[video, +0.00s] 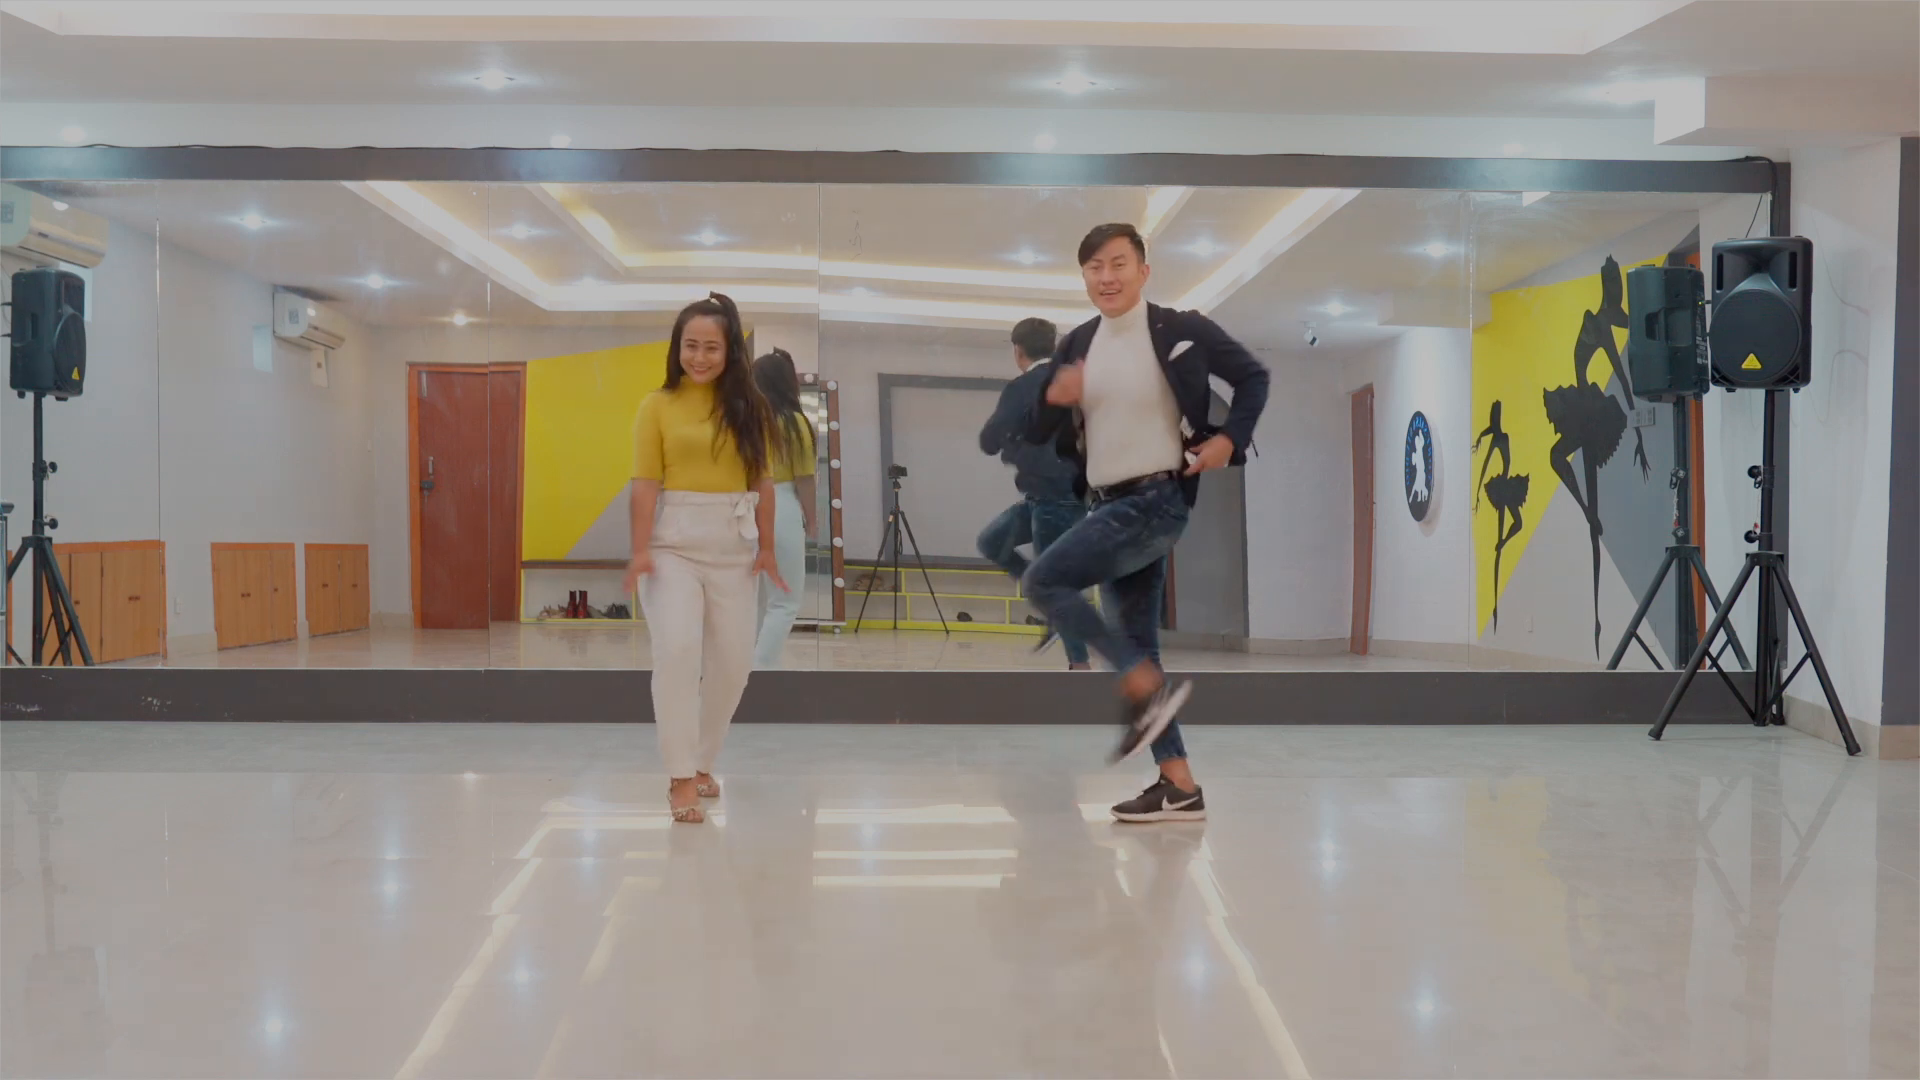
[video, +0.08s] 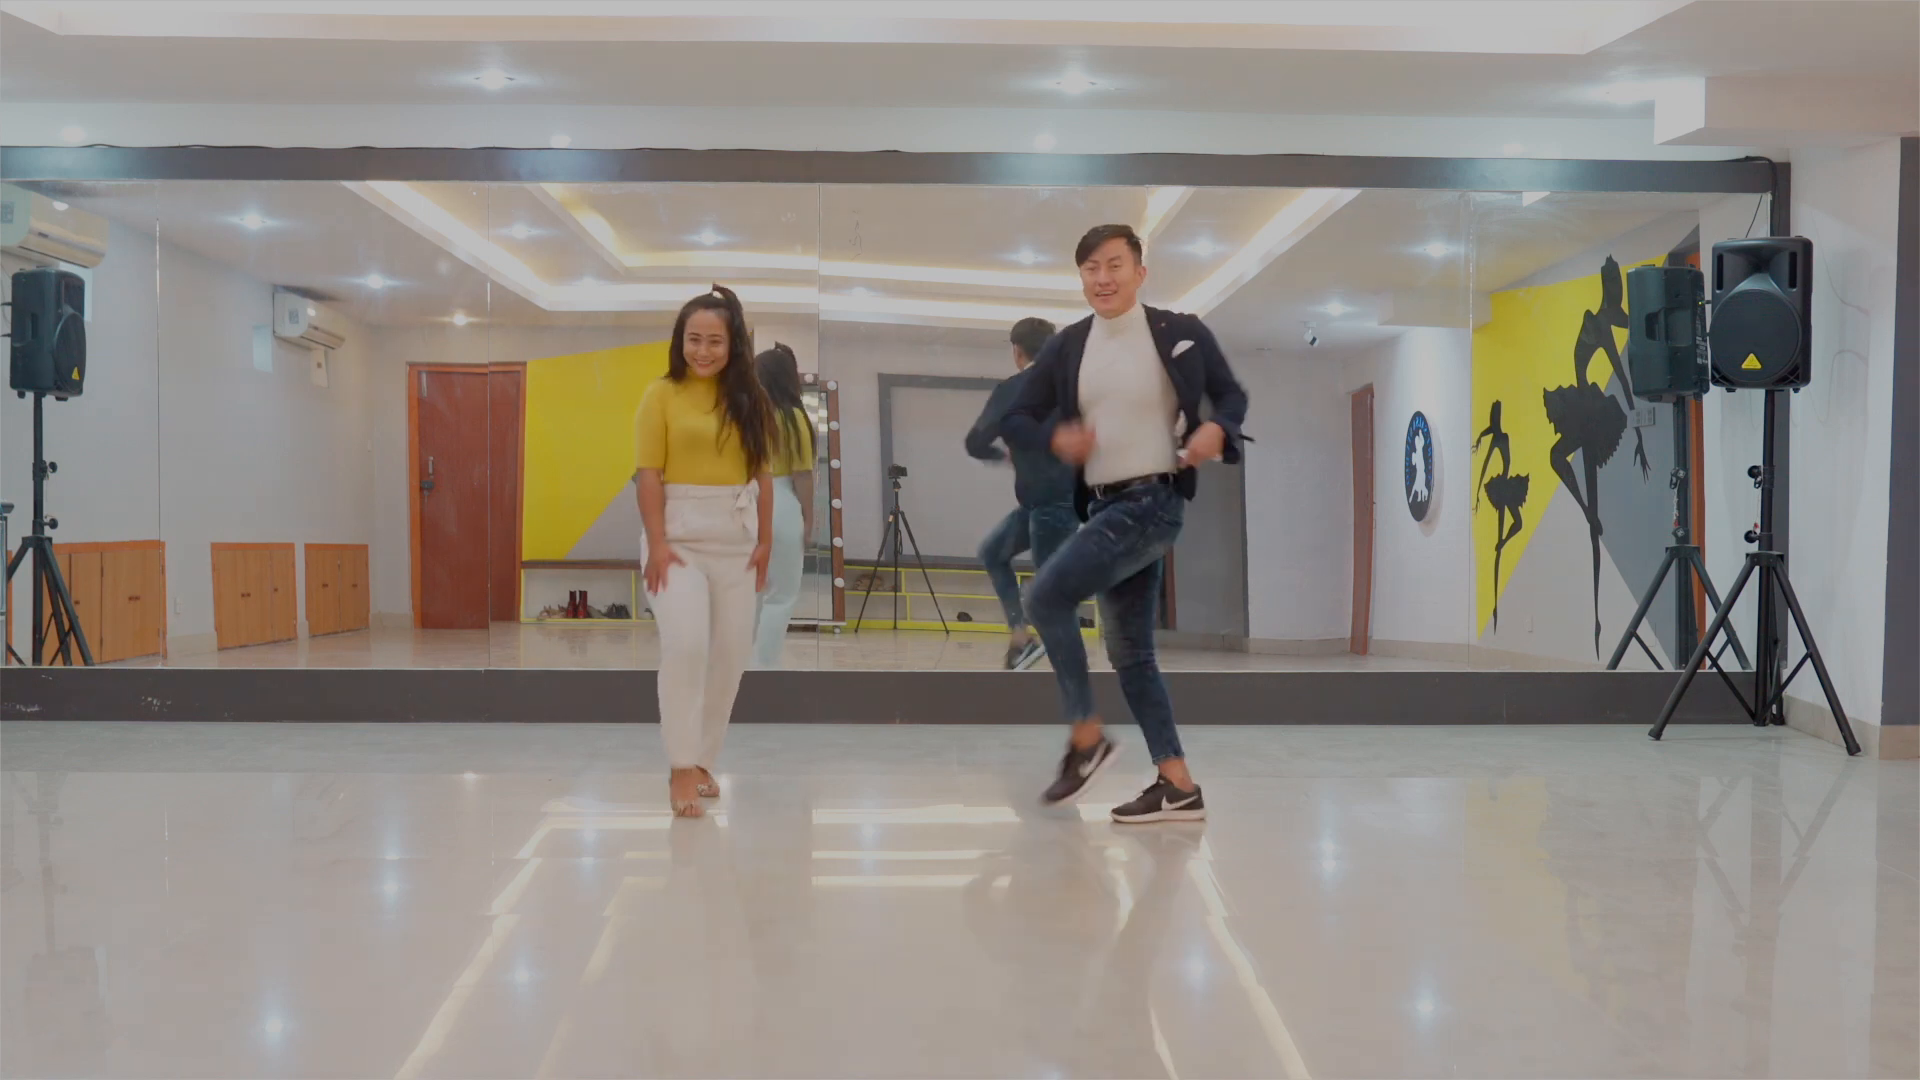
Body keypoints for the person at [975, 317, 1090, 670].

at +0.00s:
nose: (1012, 355)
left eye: (1013, 349)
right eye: (1013, 349)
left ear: (1019, 352)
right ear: (1052, 346)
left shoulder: (1022, 388)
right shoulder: (1073, 377)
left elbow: (989, 441)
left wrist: (1011, 420)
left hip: (1052, 501)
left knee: (1055, 582)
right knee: (991, 543)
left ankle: (1079, 663)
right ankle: (1052, 605)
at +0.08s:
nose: (1013, 356)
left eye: (1013, 350)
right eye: (1015, 350)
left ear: (1019, 352)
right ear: (1052, 351)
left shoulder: (1012, 390)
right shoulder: (1069, 381)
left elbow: (976, 444)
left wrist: (1005, 454)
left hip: (1049, 505)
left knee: (1053, 591)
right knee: (993, 553)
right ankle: (1020, 633)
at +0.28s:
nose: (999, 357)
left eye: (1002, 349)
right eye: (1004, 349)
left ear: (1005, 350)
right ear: (1037, 345)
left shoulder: (1000, 380)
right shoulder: (1056, 374)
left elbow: (957, 420)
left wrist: (975, 471)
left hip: (1036, 501)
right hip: (1073, 499)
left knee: (1012, 587)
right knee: (1047, 583)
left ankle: (1072, 647)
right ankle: (1031, 661)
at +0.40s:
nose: (988, 364)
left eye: (989, 359)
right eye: (988, 359)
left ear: (996, 361)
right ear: (1029, 358)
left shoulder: (1000, 391)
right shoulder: (1048, 385)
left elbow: (986, 438)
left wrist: (979, 468)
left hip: (1023, 497)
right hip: (1061, 493)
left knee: (1026, 580)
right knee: (1046, 579)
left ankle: (1057, 643)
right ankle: (1027, 658)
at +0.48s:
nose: (986, 366)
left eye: (987, 359)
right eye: (986, 359)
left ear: (993, 361)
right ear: (1025, 359)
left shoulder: (999, 395)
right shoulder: (1041, 388)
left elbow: (1001, 460)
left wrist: (974, 457)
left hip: (1022, 493)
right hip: (1054, 490)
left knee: (1032, 586)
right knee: (1034, 579)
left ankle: (1074, 657)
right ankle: (1020, 657)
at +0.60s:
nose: (989, 366)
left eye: (990, 361)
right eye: (992, 360)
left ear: (994, 364)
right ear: (1027, 362)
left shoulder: (984, 403)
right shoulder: (1046, 393)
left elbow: (975, 451)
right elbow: (1061, 441)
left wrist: (985, 474)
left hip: (1015, 498)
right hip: (1052, 495)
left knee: (1026, 587)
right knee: (1001, 574)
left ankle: (1060, 657)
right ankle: (998, 649)